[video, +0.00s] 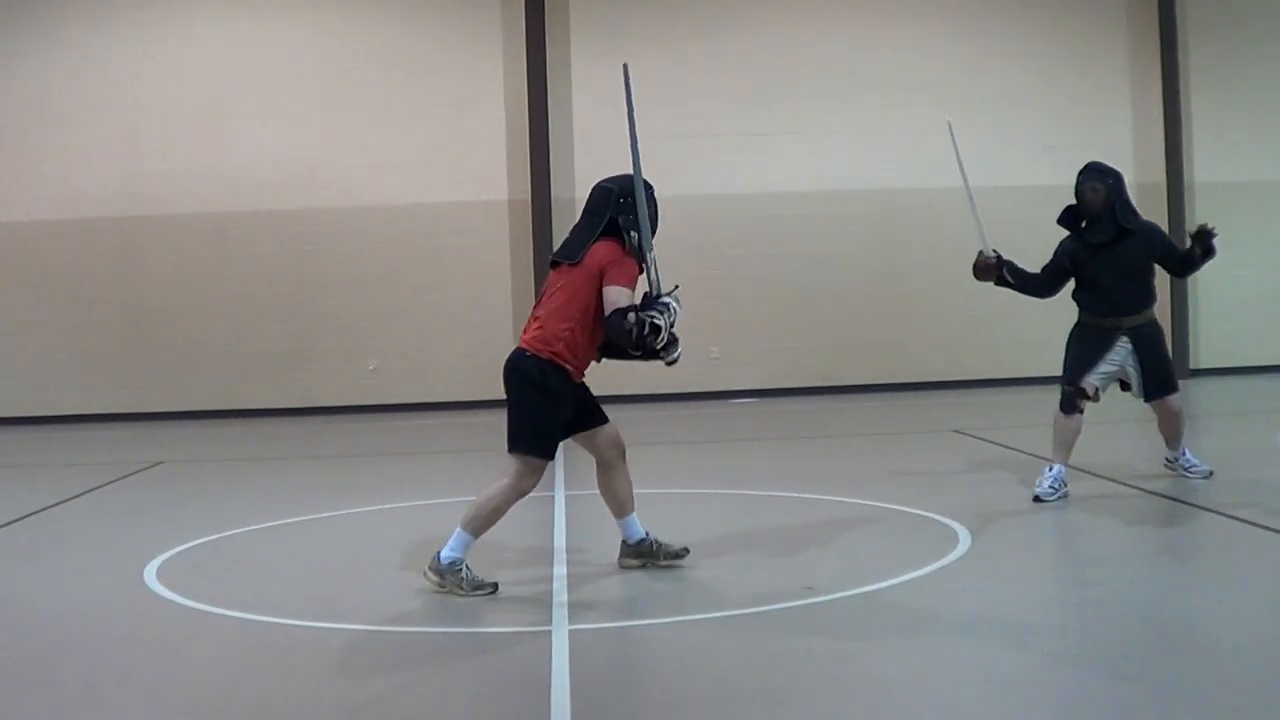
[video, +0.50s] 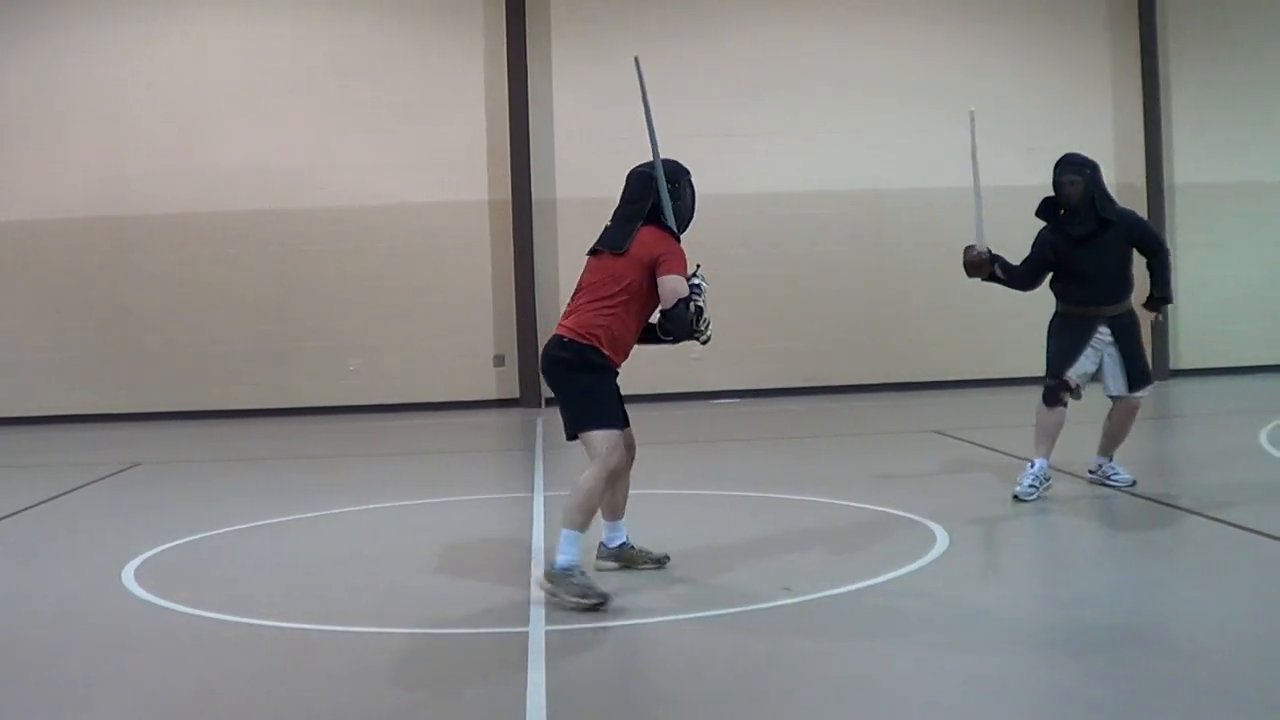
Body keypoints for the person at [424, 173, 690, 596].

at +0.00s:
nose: (650, 229)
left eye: (650, 218)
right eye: (648, 218)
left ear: (605, 213)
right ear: (632, 217)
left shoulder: (576, 251)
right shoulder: (618, 256)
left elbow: (596, 341)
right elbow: (622, 328)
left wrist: (653, 346)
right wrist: (659, 315)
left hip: (556, 374)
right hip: (541, 372)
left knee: (610, 449)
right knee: (523, 477)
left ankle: (635, 541)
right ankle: (448, 560)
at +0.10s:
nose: (660, 216)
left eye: (658, 206)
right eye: (657, 206)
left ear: (612, 204)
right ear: (644, 207)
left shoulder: (586, 247)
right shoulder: (629, 247)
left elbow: (604, 332)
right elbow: (644, 320)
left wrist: (668, 331)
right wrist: (670, 300)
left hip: (567, 369)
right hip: (554, 368)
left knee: (623, 447)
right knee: (534, 475)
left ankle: (635, 543)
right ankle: (452, 552)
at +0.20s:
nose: (668, 213)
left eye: (666, 203)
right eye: (664, 204)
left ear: (618, 207)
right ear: (652, 207)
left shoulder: (596, 250)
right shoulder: (641, 251)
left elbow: (612, 337)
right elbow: (668, 325)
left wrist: (671, 334)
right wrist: (683, 304)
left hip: (580, 372)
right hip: (564, 370)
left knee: (634, 448)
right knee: (563, 478)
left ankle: (630, 544)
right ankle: (470, 541)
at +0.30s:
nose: (674, 216)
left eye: (671, 206)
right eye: (670, 207)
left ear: (625, 210)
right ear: (657, 210)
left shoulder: (602, 252)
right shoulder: (646, 253)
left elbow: (618, 341)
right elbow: (673, 327)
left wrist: (677, 336)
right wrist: (687, 304)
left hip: (583, 371)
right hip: (569, 370)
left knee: (634, 450)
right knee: (586, 474)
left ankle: (622, 544)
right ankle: (493, 532)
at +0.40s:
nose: (683, 212)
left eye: (681, 202)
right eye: (679, 203)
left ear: (631, 205)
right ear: (666, 207)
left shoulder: (607, 247)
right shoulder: (654, 249)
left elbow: (619, 334)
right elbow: (676, 323)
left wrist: (674, 336)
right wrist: (691, 311)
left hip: (584, 363)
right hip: (574, 362)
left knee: (629, 452)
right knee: (604, 461)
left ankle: (619, 543)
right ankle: (520, 540)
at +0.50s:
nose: (691, 207)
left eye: (690, 196)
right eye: (688, 197)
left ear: (640, 195)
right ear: (674, 198)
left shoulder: (613, 238)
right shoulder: (662, 244)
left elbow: (615, 324)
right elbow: (679, 319)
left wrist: (671, 331)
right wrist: (693, 296)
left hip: (578, 355)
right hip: (582, 357)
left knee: (623, 452)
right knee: (610, 457)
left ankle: (614, 544)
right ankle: (563, 565)